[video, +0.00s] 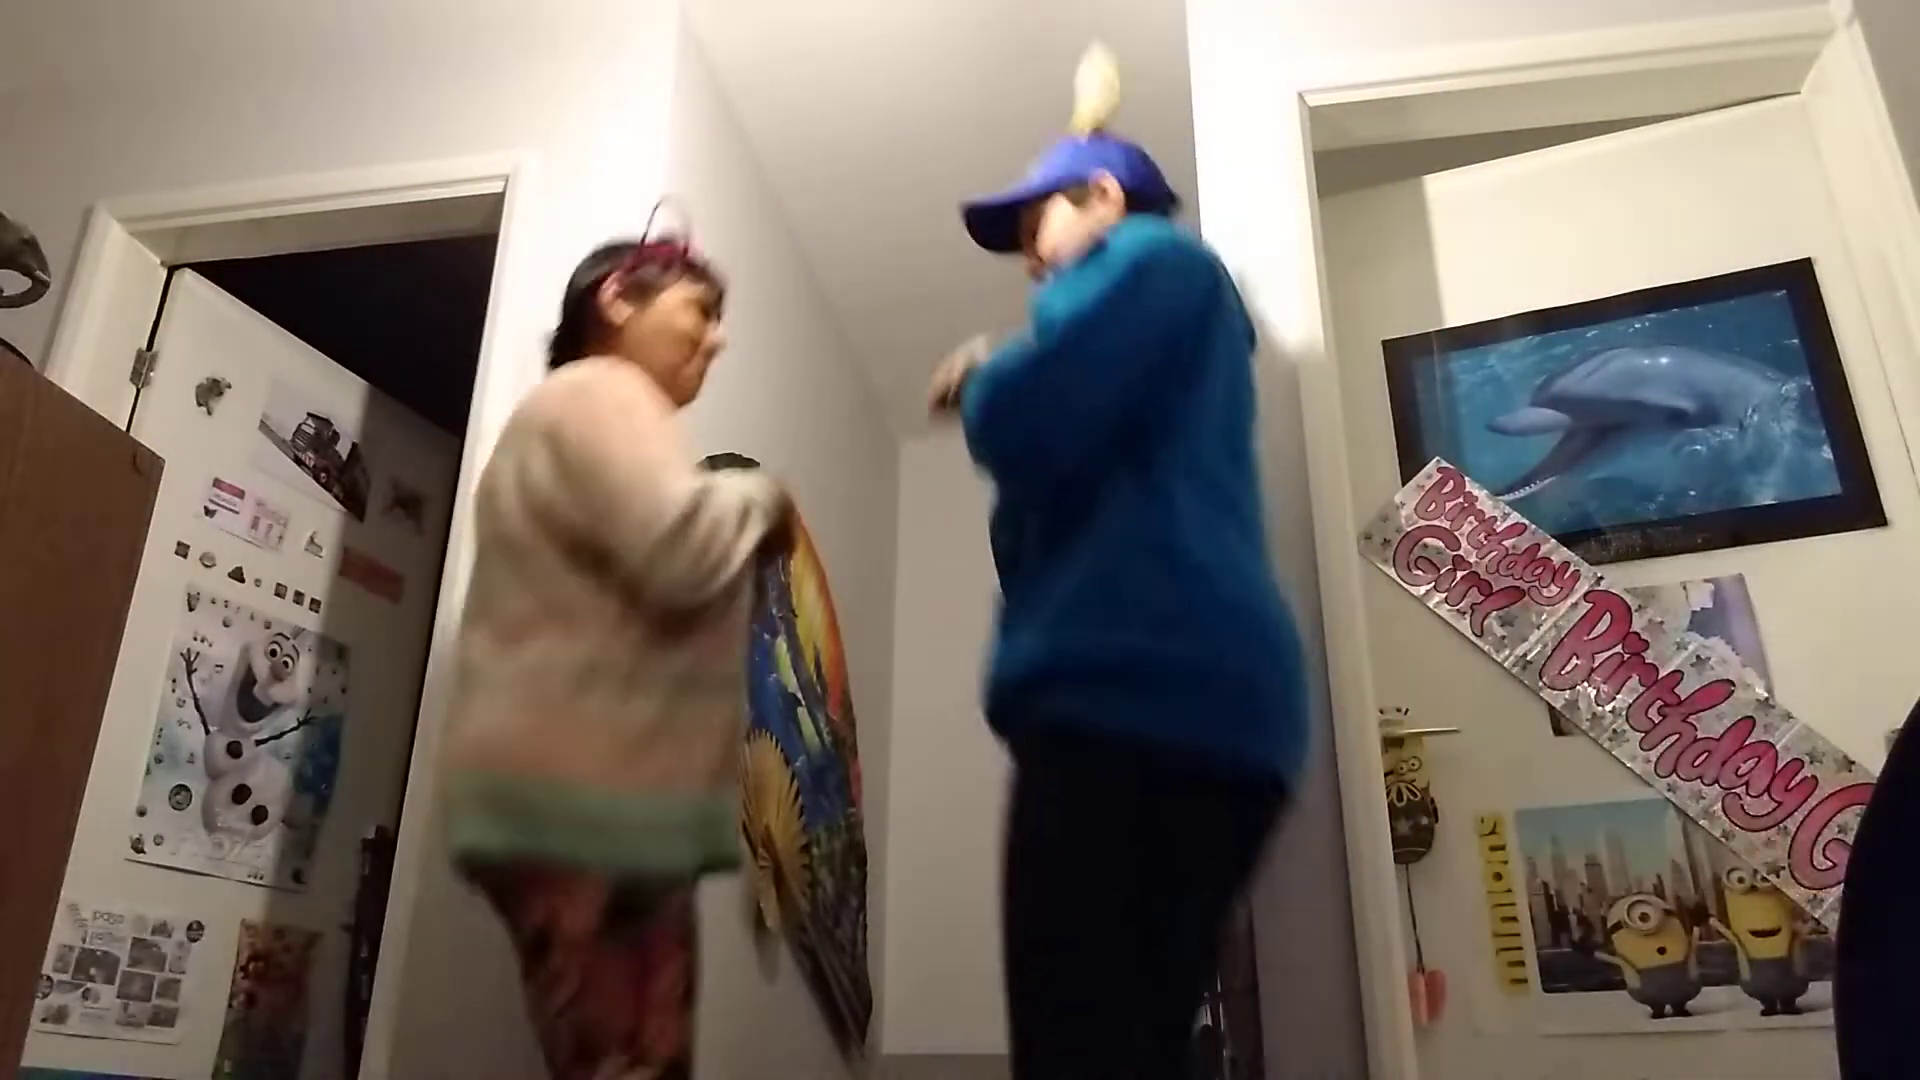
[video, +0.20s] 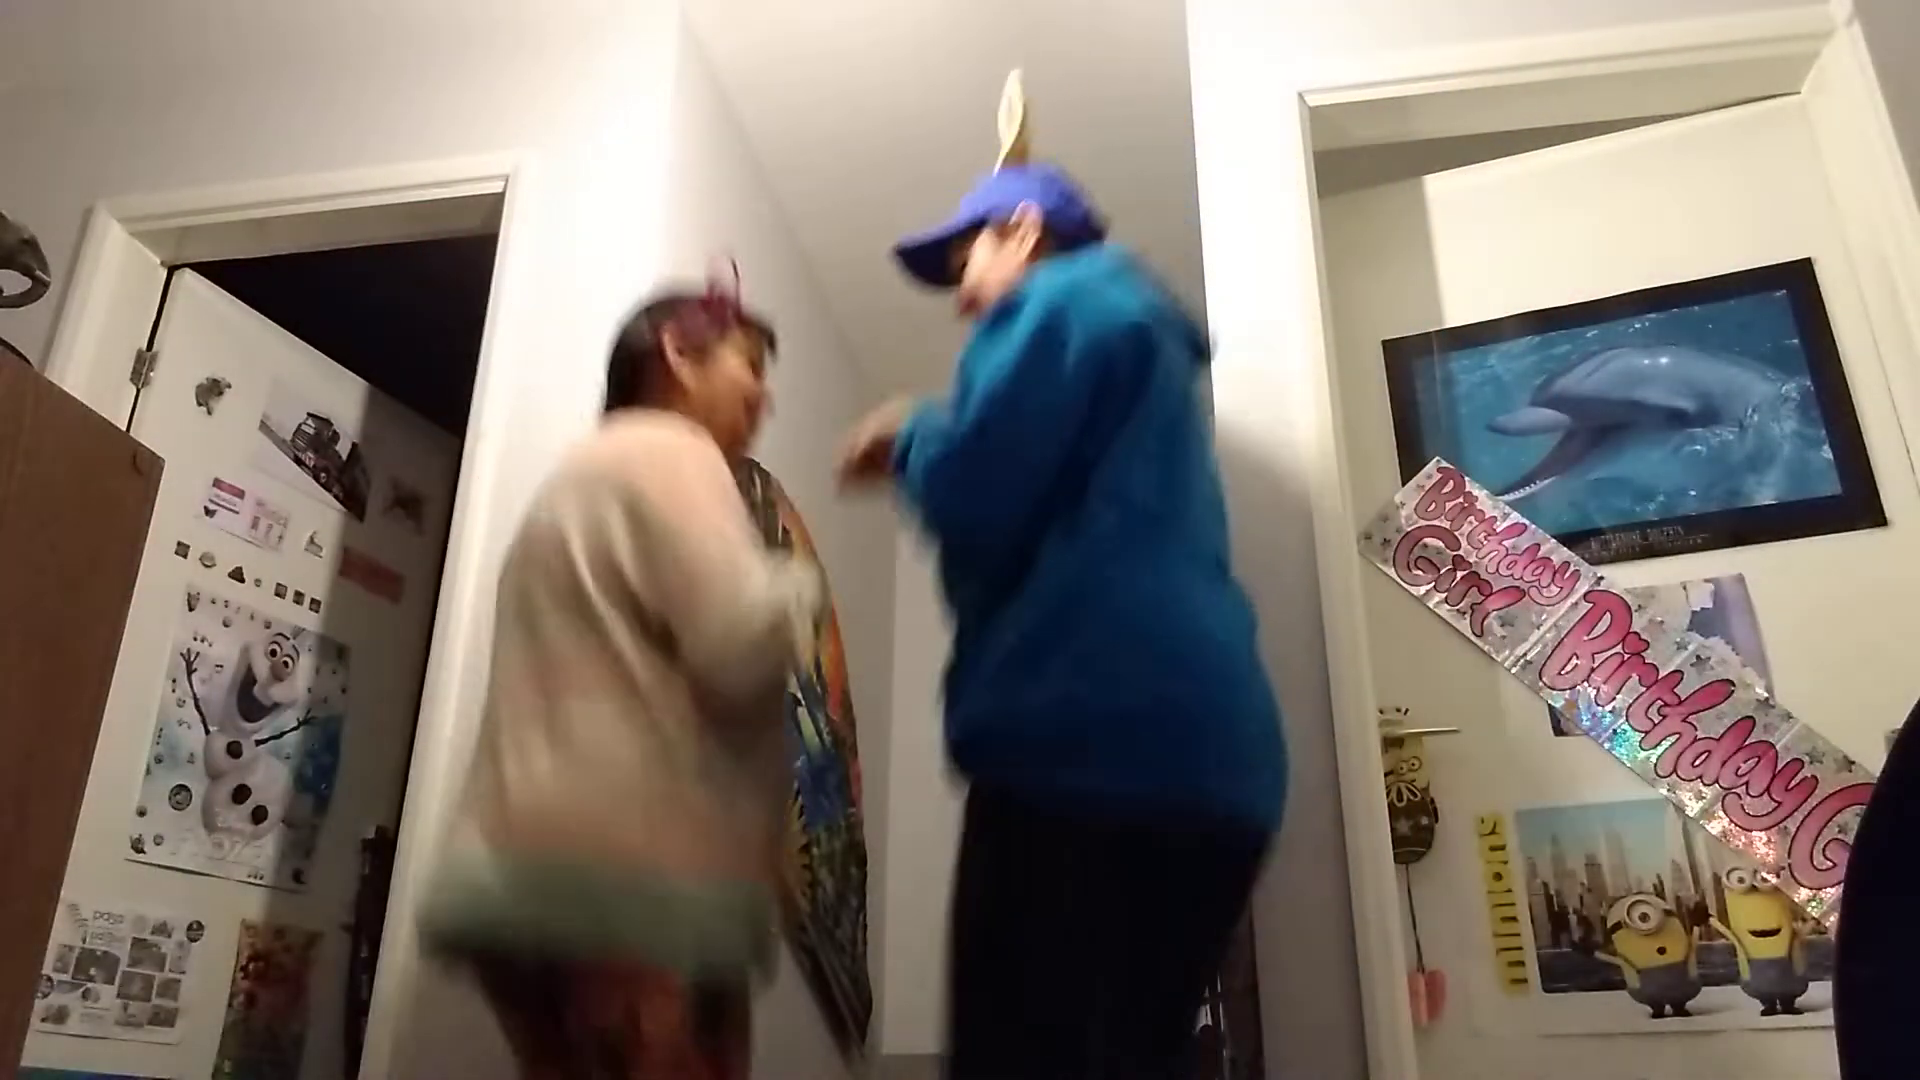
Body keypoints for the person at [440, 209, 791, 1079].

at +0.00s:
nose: (716, 337)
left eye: (717, 319)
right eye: (699, 308)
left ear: (623, 309)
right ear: (618, 304)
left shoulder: (559, 409)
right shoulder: (603, 396)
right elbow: (677, 558)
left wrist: (717, 498)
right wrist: (762, 495)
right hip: (596, 807)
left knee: (619, 1057)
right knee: (631, 1058)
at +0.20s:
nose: (762, 392)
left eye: (762, 368)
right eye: (748, 362)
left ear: (667, 358)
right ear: (678, 352)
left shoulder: (577, 471)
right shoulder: (668, 453)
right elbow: (739, 651)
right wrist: (800, 576)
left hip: (531, 896)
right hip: (651, 907)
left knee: (568, 1066)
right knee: (674, 1064)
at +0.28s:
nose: (782, 431)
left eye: (778, 408)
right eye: (768, 402)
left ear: (685, 400)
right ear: (698, 396)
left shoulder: (571, 512)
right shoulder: (699, 491)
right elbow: (757, 704)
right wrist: (811, 648)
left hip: (523, 930)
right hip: (653, 943)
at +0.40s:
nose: (799, 429)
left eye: (798, 408)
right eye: (790, 401)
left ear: (708, 391)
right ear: (730, 389)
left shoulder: (577, 498)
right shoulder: (738, 487)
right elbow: (804, 688)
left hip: (513, 890)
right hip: (672, 899)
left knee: (552, 1065)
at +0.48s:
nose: (801, 423)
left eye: (802, 403)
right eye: (795, 398)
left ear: (683, 385)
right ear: (744, 383)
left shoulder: (580, 480)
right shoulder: (763, 482)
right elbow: (825, 689)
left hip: (514, 867)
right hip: (682, 880)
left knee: (553, 1067)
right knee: (700, 1065)